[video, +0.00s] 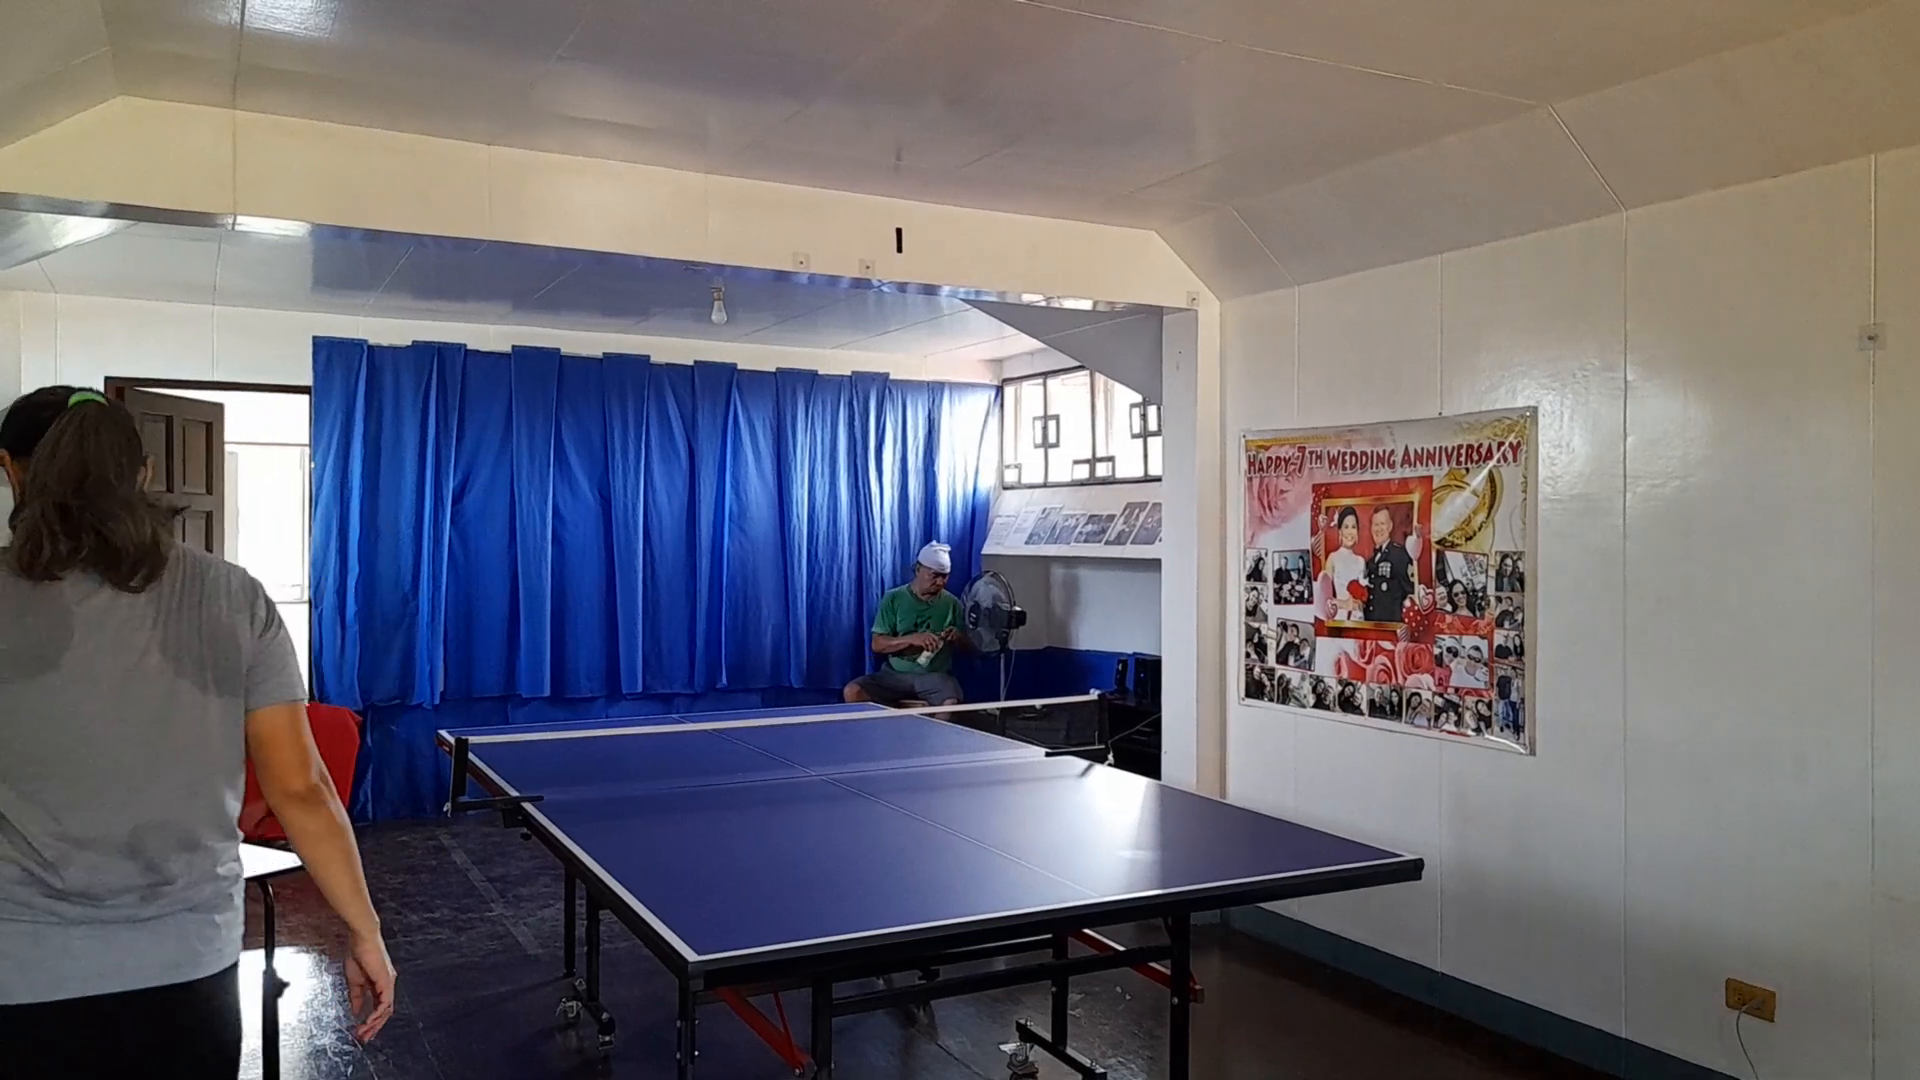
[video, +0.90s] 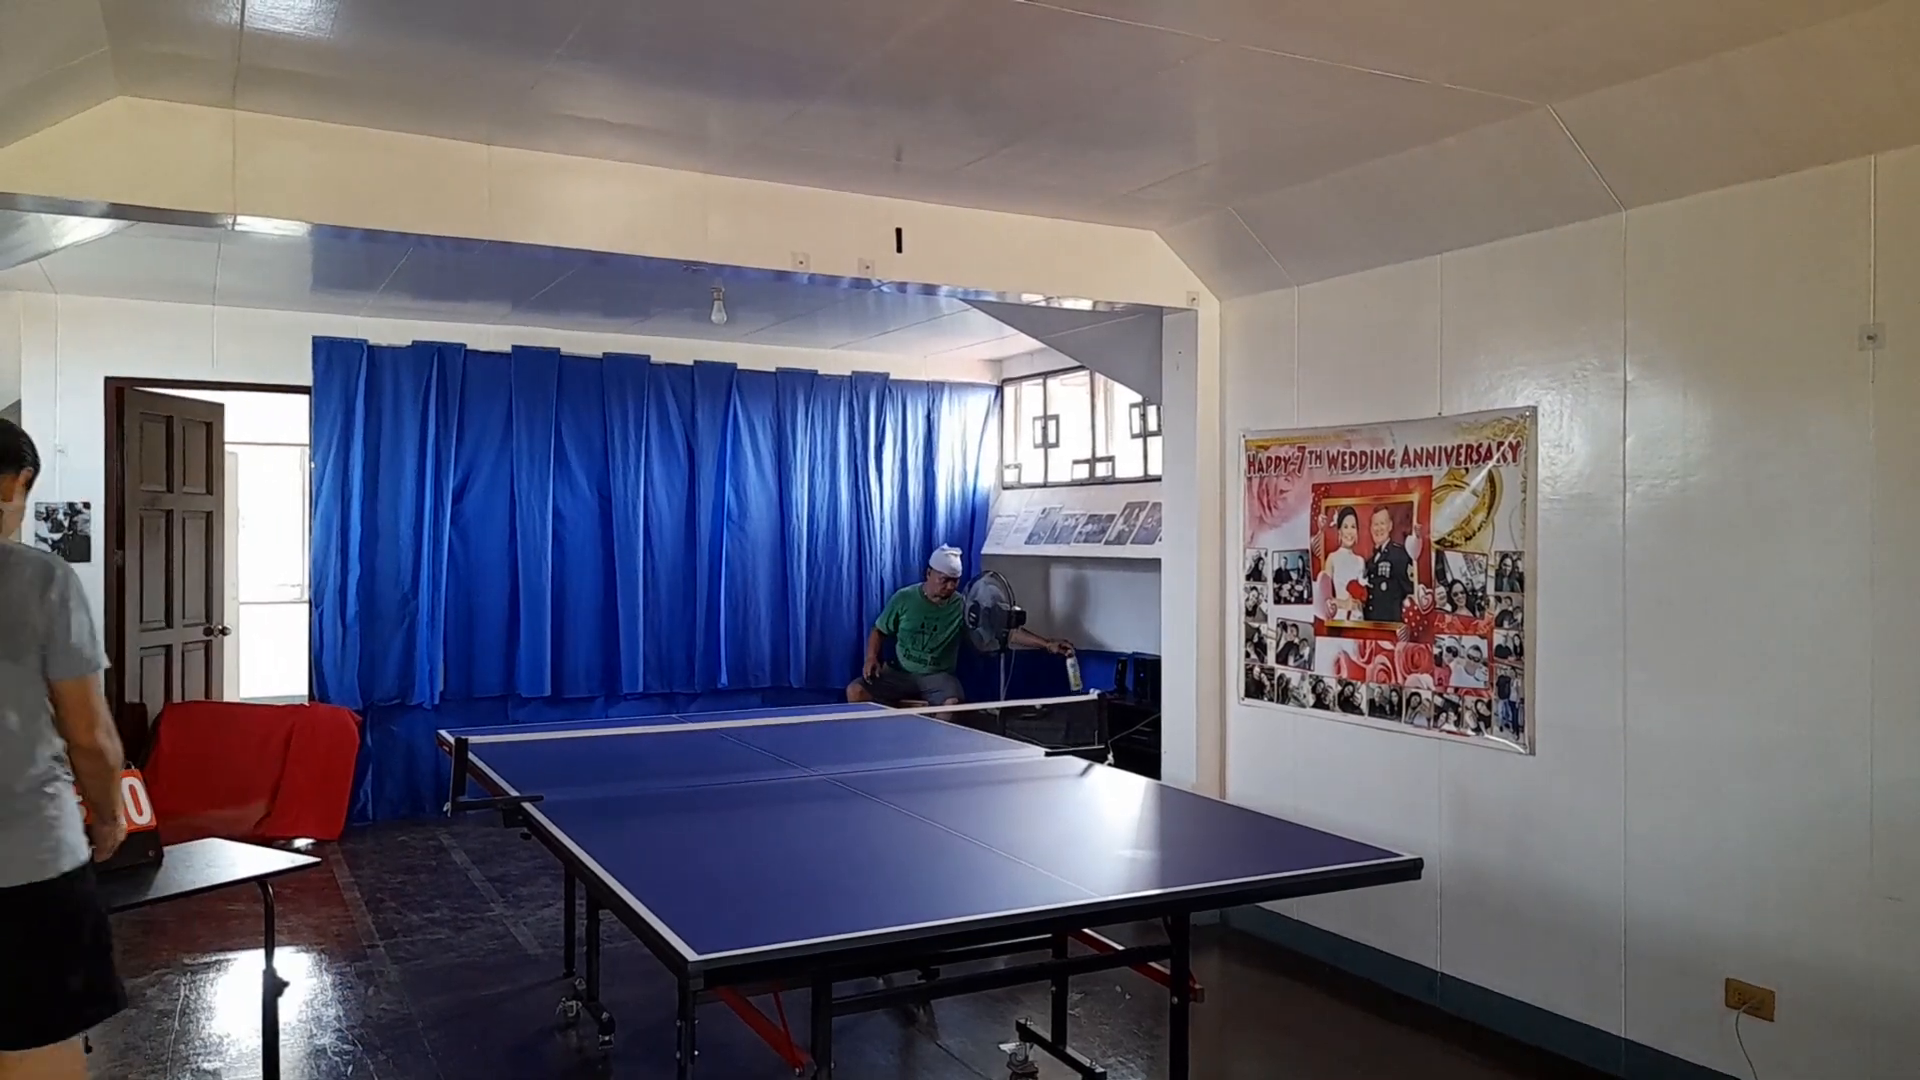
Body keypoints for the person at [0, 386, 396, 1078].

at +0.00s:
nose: (8, 477)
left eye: (9, 467)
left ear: (16, 475)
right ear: (137, 470)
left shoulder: (10, 594)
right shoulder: (228, 597)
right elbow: (298, 787)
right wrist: (366, 931)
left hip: (25, 996)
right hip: (183, 995)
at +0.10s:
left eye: (5, 477)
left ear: (9, 486)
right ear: (128, 482)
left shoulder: (9, 599)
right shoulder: (214, 604)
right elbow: (284, 786)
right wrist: (360, 928)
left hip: (21, 974)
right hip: (172, 966)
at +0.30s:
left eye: (11, 476)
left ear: (15, 481)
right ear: (130, 482)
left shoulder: (8, 589)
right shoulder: (199, 594)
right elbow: (253, 769)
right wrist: (306, 900)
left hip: (24, 958)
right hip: (164, 951)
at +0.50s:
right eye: (114, 464)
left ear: (5, 477)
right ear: (109, 475)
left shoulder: (4, 577)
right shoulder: (177, 579)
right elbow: (224, 744)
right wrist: (233, 837)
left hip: (14, 911)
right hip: (139, 905)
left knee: (17, 1067)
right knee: (110, 1067)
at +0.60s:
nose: (110, 478)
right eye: (108, 469)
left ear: (4, 483)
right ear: (99, 480)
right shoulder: (164, 581)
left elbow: (212, 743)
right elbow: (212, 746)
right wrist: (207, 819)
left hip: (13, 901)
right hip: (124, 897)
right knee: (101, 1066)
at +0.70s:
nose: (81, 491)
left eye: (76, 480)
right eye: (82, 481)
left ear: (2, 491)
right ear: (73, 489)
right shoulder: (125, 586)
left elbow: (173, 745)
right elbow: (174, 747)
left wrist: (168, 817)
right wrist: (171, 818)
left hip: (8, 893)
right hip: (96, 889)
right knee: (83, 1061)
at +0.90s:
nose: (22, 503)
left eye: (20, 491)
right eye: (24, 491)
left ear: (13, 485)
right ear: (15, 485)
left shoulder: (44, 578)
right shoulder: (43, 578)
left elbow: (89, 736)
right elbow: (89, 738)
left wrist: (104, 812)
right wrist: (107, 818)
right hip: (28, 858)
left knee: (43, 1042)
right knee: (41, 1047)